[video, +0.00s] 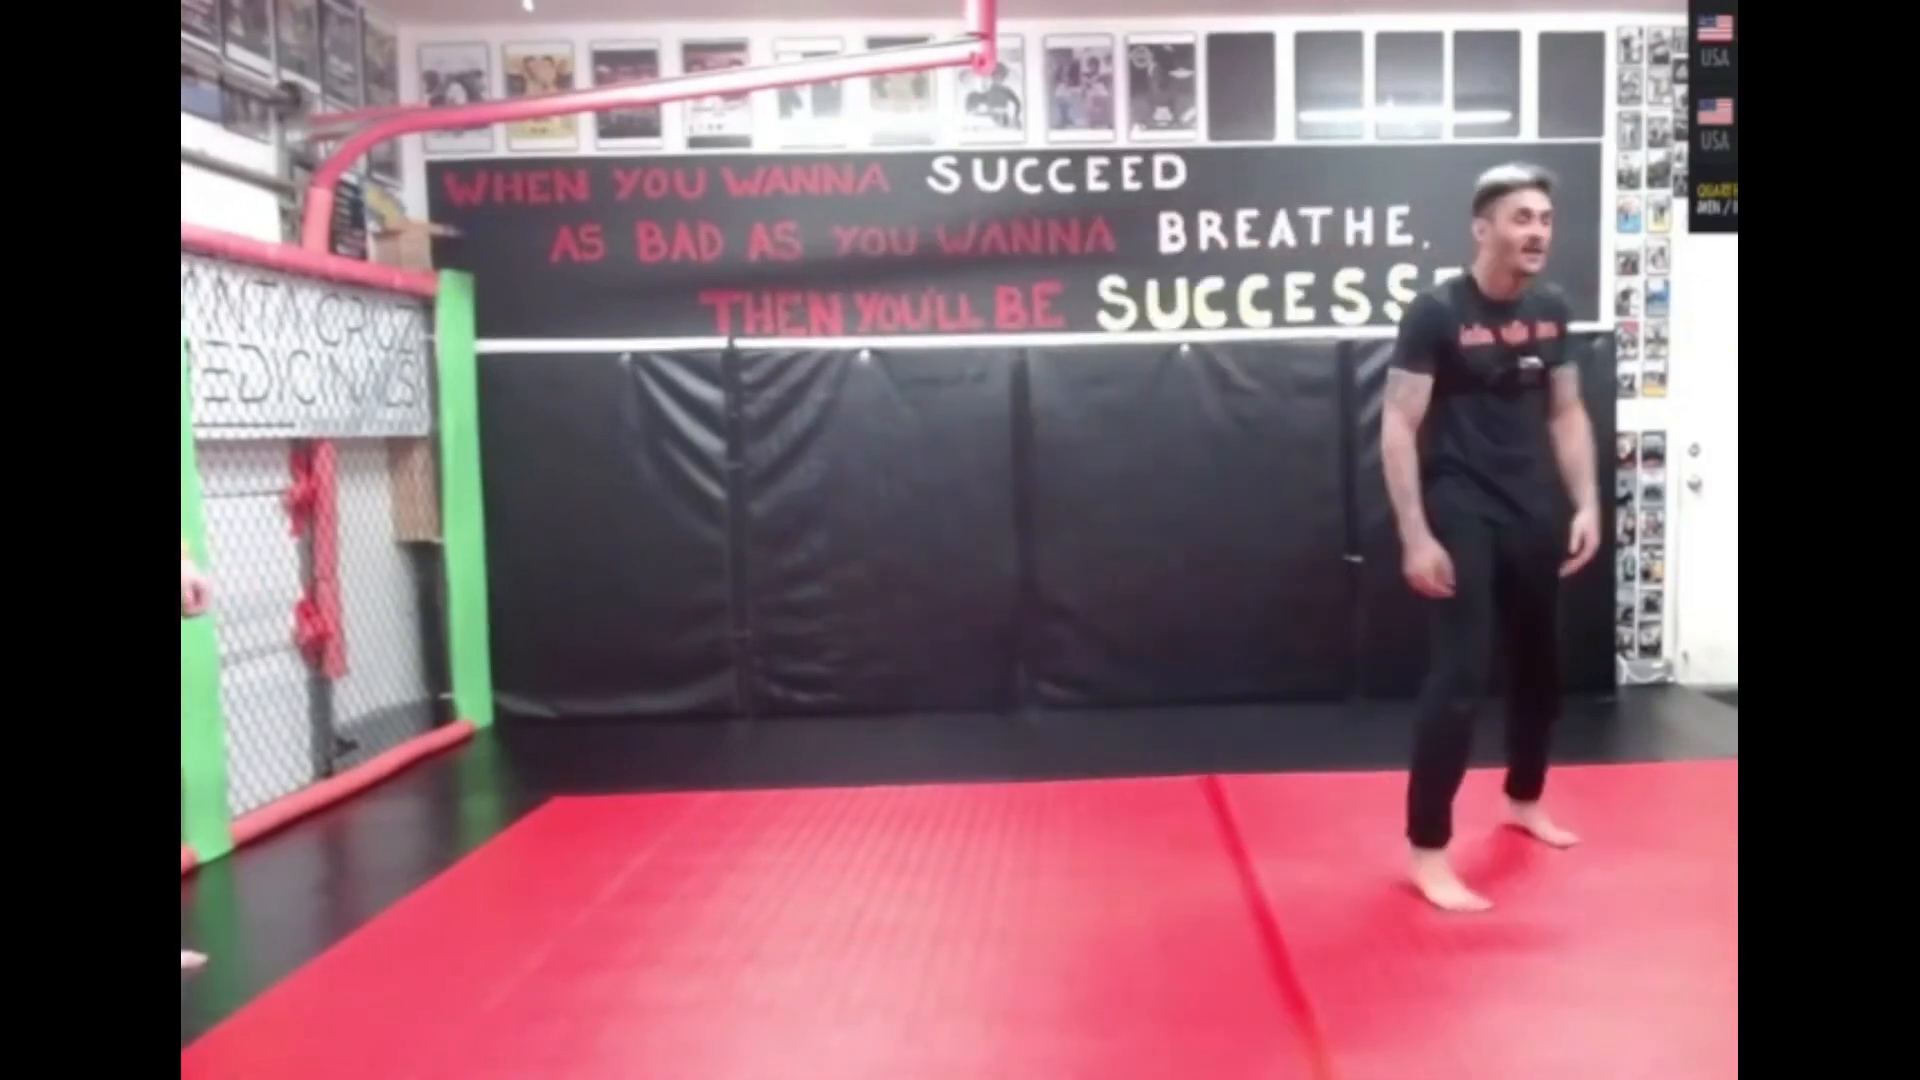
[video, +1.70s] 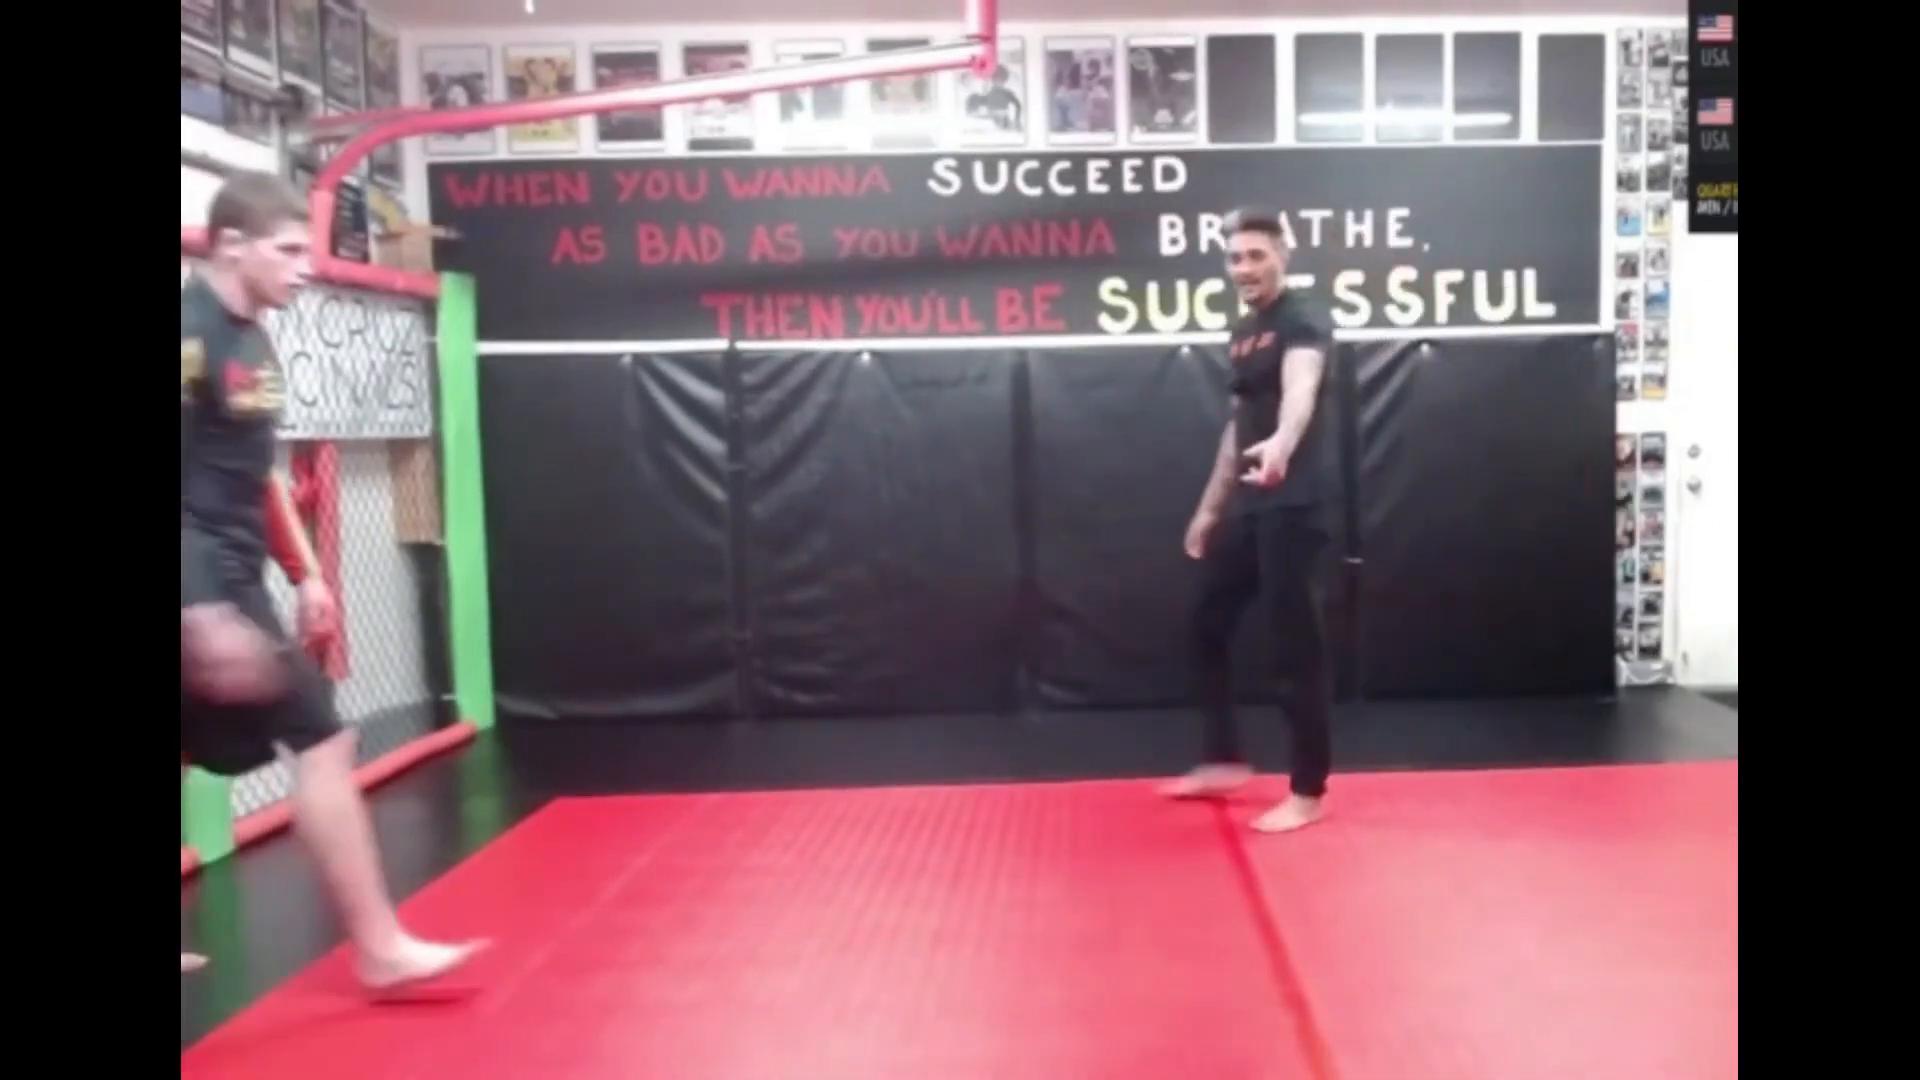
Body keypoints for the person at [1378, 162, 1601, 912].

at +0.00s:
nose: (1537, 231)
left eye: (1545, 219)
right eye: (1522, 218)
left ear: (1551, 232)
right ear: (1482, 227)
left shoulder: (1548, 308)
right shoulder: (1436, 312)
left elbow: (1567, 413)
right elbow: (1396, 428)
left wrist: (1586, 503)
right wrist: (1414, 537)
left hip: (1534, 508)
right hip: (1460, 509)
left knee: (1538, 661)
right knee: (1462, 667)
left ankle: (1523, 799)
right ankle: (1426, 851)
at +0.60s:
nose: (1438, 251)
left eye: (1451, 239)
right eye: (1431, 241)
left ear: (1487, 245)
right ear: (1426, 250)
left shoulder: (1522, 318)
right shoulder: (1415, 326)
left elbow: (1540, 422)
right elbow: (1398, 424)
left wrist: (1514, 519)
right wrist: (1381, 510)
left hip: (1495, 512)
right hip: (1424, 508)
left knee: (1508, 656)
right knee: (1405, 639)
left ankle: (1518, 797)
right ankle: (1395, 765)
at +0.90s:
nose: (1382, 271)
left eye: (1393, 259)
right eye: (1374, 261)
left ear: (1422, 263)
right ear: (1367, 270)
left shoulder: (1445, 329)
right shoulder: (1358, 344)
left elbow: (1457, 414)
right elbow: (1345, 433)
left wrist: (1422, 472)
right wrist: (1324, 516)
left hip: (1422, 494)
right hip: (1366, 497)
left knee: (1422, 632)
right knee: (1378, 628)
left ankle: (1459, 785)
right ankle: (1404, 756)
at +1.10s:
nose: (1355, 270)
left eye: (1367, 259)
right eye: (1348, 261)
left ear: (1394, 265)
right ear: (1342, 271)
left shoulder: (1416, 322)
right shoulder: (1340, 344)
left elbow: (1430, 387)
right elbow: (1327, 437)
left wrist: (1421, 434)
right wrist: (1300, 518)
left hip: (1406, 490)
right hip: (1355, 494)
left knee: (1377, 626)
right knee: (1375, 626)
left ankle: (1375, 779)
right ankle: (1404, 759)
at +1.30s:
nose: (1314, 274)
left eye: (1326, 263)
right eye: (1307, 264)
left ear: (1355, 267)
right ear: (1302, 273)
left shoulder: (1377, 325)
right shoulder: (1309, 347)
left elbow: (1379, 397)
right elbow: (1298, 441)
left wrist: (1352, 418)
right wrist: (1276, 523)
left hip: (1367, 503)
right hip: (1324, 503)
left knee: (1333, 636)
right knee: (1356, 633)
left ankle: (1309, 788)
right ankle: (1403, 758)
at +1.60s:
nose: (1274, 267)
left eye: (1286, 255)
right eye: (1267, 257)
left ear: (1314, 258)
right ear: (1263, 265)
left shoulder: (1333, 319)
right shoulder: (1277, 335)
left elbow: (1323, 395)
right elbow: (1267, 433)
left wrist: (1294, 434)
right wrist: (1239, 512)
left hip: (1322, 502)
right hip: (1279, 504)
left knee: (1314, 641)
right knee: (1254, 633)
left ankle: (1310, 790)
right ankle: (1330, 735)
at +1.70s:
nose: (1245, 268)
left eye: (1257, 256)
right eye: (1237, 258)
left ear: (1283, 257)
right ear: (1230, 266)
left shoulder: (1302, 318)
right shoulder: (1245, 334)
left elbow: (1300, 390)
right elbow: (1235, 430)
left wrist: (1280, 441)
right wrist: (1207, 510)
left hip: (1294, 502)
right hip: (1248, 505)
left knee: (1297, 637)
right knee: (1209, 618)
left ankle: (1308, 789)